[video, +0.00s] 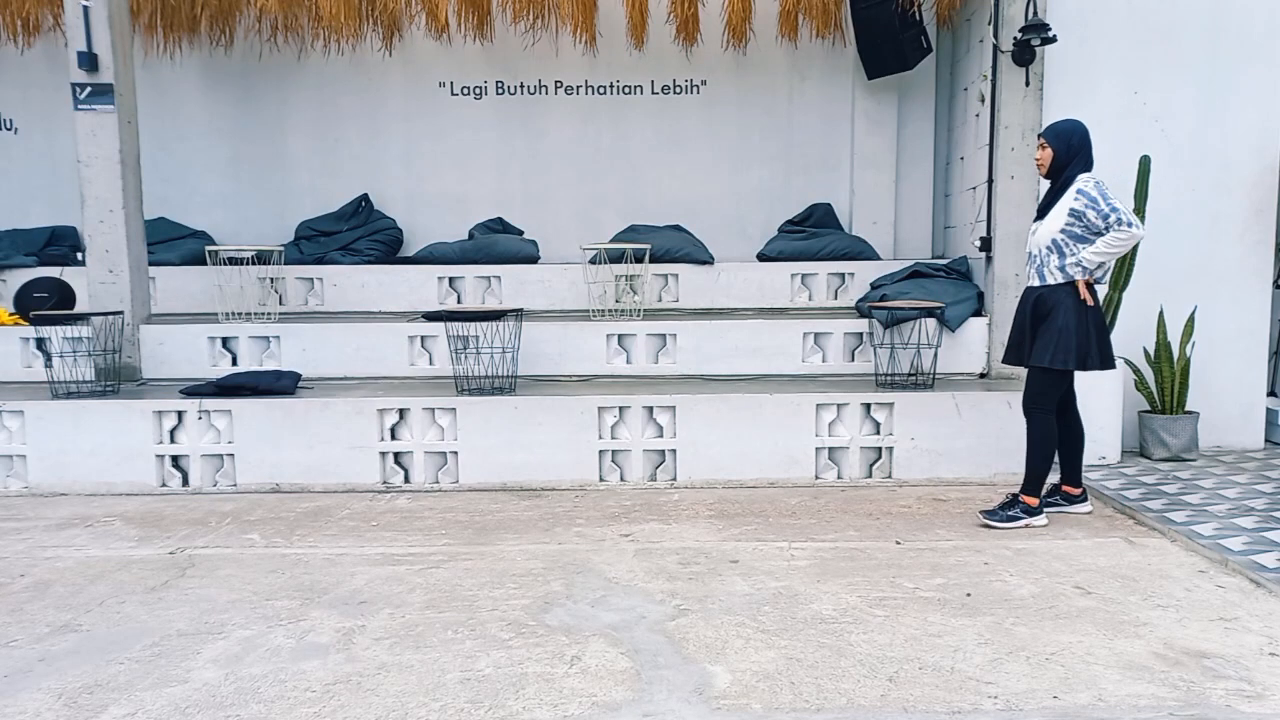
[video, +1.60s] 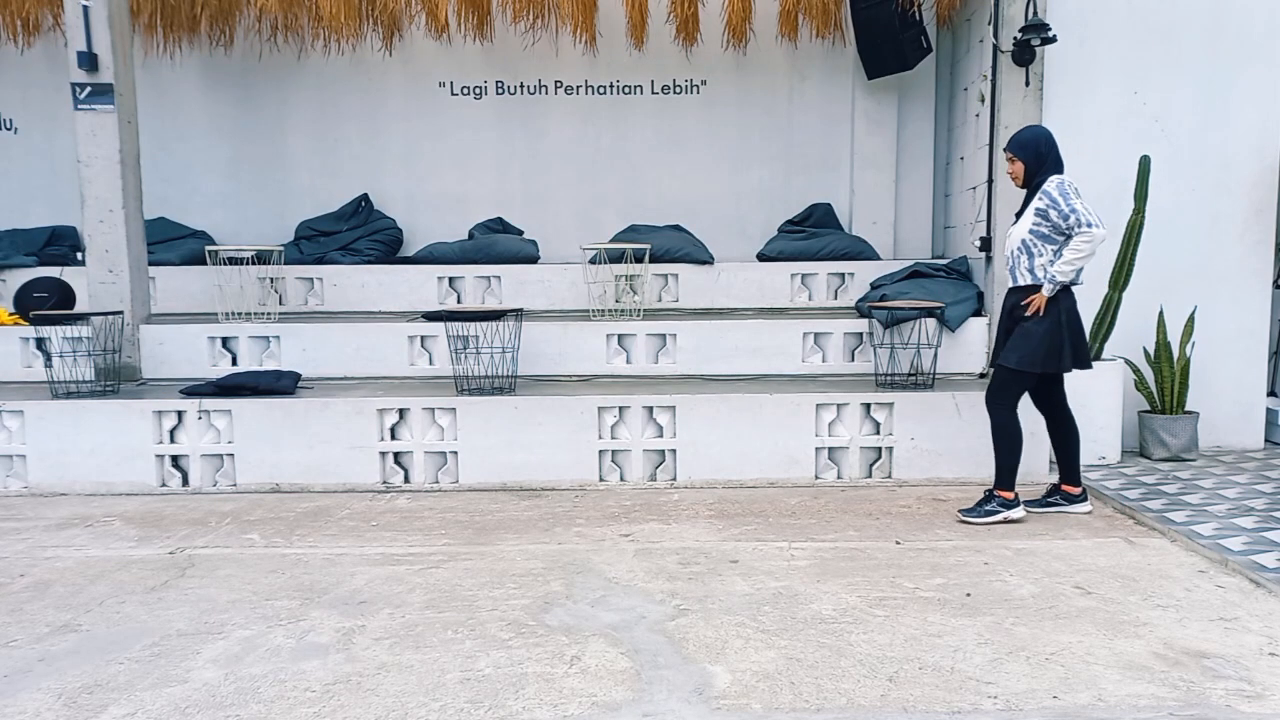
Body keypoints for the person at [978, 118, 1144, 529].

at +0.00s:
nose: (1038, 155)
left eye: (1044, 148)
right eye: (1038, 148)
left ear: (1066, 150)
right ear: (1058, 152)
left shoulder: (1085, 186)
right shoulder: (1059, 193)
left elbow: (1128, 229)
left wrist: (1085, 267)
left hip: (1063, 307)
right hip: (1043, 307)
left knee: (1038, 401)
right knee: (1063, 402)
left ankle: (1029, 500)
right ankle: (1072, 489)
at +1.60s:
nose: (1009, 169)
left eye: (1014, 161)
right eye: (1008, 161)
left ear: (1035, 158)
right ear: (1031, 161)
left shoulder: (1054, 188)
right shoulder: (1039, 195)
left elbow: (1090, 231)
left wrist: (1050, 285)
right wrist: (1030, 286)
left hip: (1039, 312)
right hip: (1033, 311)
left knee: (999, 398)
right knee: (1051, 402)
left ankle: (1004, 495)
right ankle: (1071, 489)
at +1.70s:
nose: (1000, 168)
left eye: (1005, 160)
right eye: (998, 160)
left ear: (1027, 158)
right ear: (1017, 160)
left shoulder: (1048, 186)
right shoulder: (1025, 198)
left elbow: (1091, 231)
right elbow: (1015, 262)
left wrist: (1052, 283)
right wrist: (997, 306)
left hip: (1032, 310)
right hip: (1017, 310)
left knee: (994, 397)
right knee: (1048, 404)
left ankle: (964, 490)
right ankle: (1071, 489)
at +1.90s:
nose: (976, 169)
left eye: (981, 161)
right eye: (976, 162)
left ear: (1002, 160)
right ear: (996, 163)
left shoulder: (1027, 194)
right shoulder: (997, 205)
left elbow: (1072, 248)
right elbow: (978, 268)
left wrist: (1074, 311)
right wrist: (948, 304)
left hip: (1006, 310)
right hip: (988, 311)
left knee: (968, 400)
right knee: (1030, 403)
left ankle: (939, 489)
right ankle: (1068, 486)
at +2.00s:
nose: (960, 169)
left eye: (965, 160)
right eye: (960, 160)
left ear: (987, 160)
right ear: (983, 160)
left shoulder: (1011, 198)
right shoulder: (983, 204)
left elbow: (1041, 263)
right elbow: (958, 265)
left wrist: (1071, 321)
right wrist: (927, 300)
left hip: (982, 308)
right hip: (967, 308)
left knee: (959, 402)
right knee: (1006, 402)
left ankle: (940, 490)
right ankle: (1060, 479)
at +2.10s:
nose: (944, 166)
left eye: (949, 158)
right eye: (944, 158)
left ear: (970, 158)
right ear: (967, 159)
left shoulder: (992, 199)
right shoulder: (964, 202)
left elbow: (1011, 267)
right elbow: (942, 267)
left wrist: (1025, 327)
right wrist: (917, 305)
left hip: (962, 304)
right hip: (944, 305)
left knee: (955, 404)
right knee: (963, 405)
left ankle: (941, 491)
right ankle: (1035, 468)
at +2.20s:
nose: (925, 164)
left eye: (931, 156)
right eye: (925, 157)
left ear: (952, 157)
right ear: (947, 159)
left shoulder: (971, 199)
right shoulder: (949, 201)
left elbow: (974, 272)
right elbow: (940, 272)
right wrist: (913, 322)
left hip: (948, 309)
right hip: (924, 309)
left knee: (947, 400)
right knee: (910, 401)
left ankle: (942, 491)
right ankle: (984, 457)